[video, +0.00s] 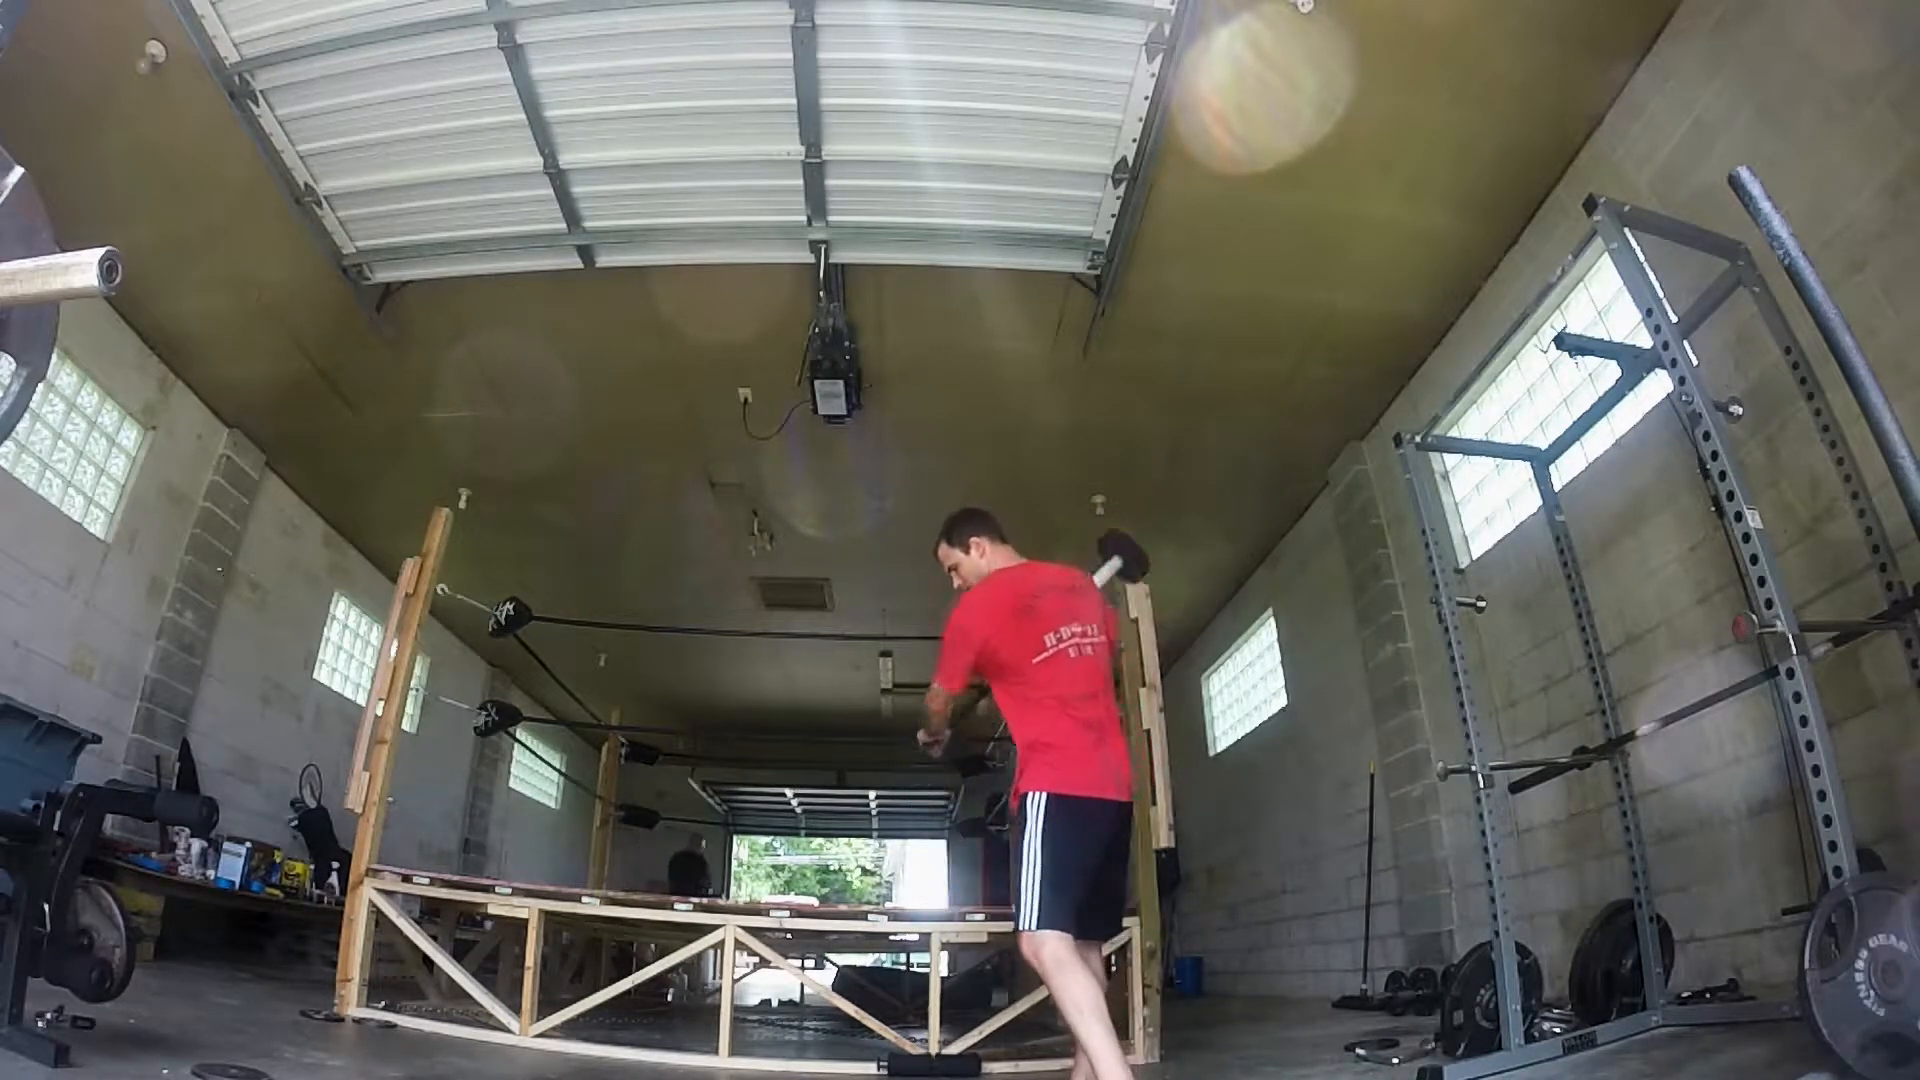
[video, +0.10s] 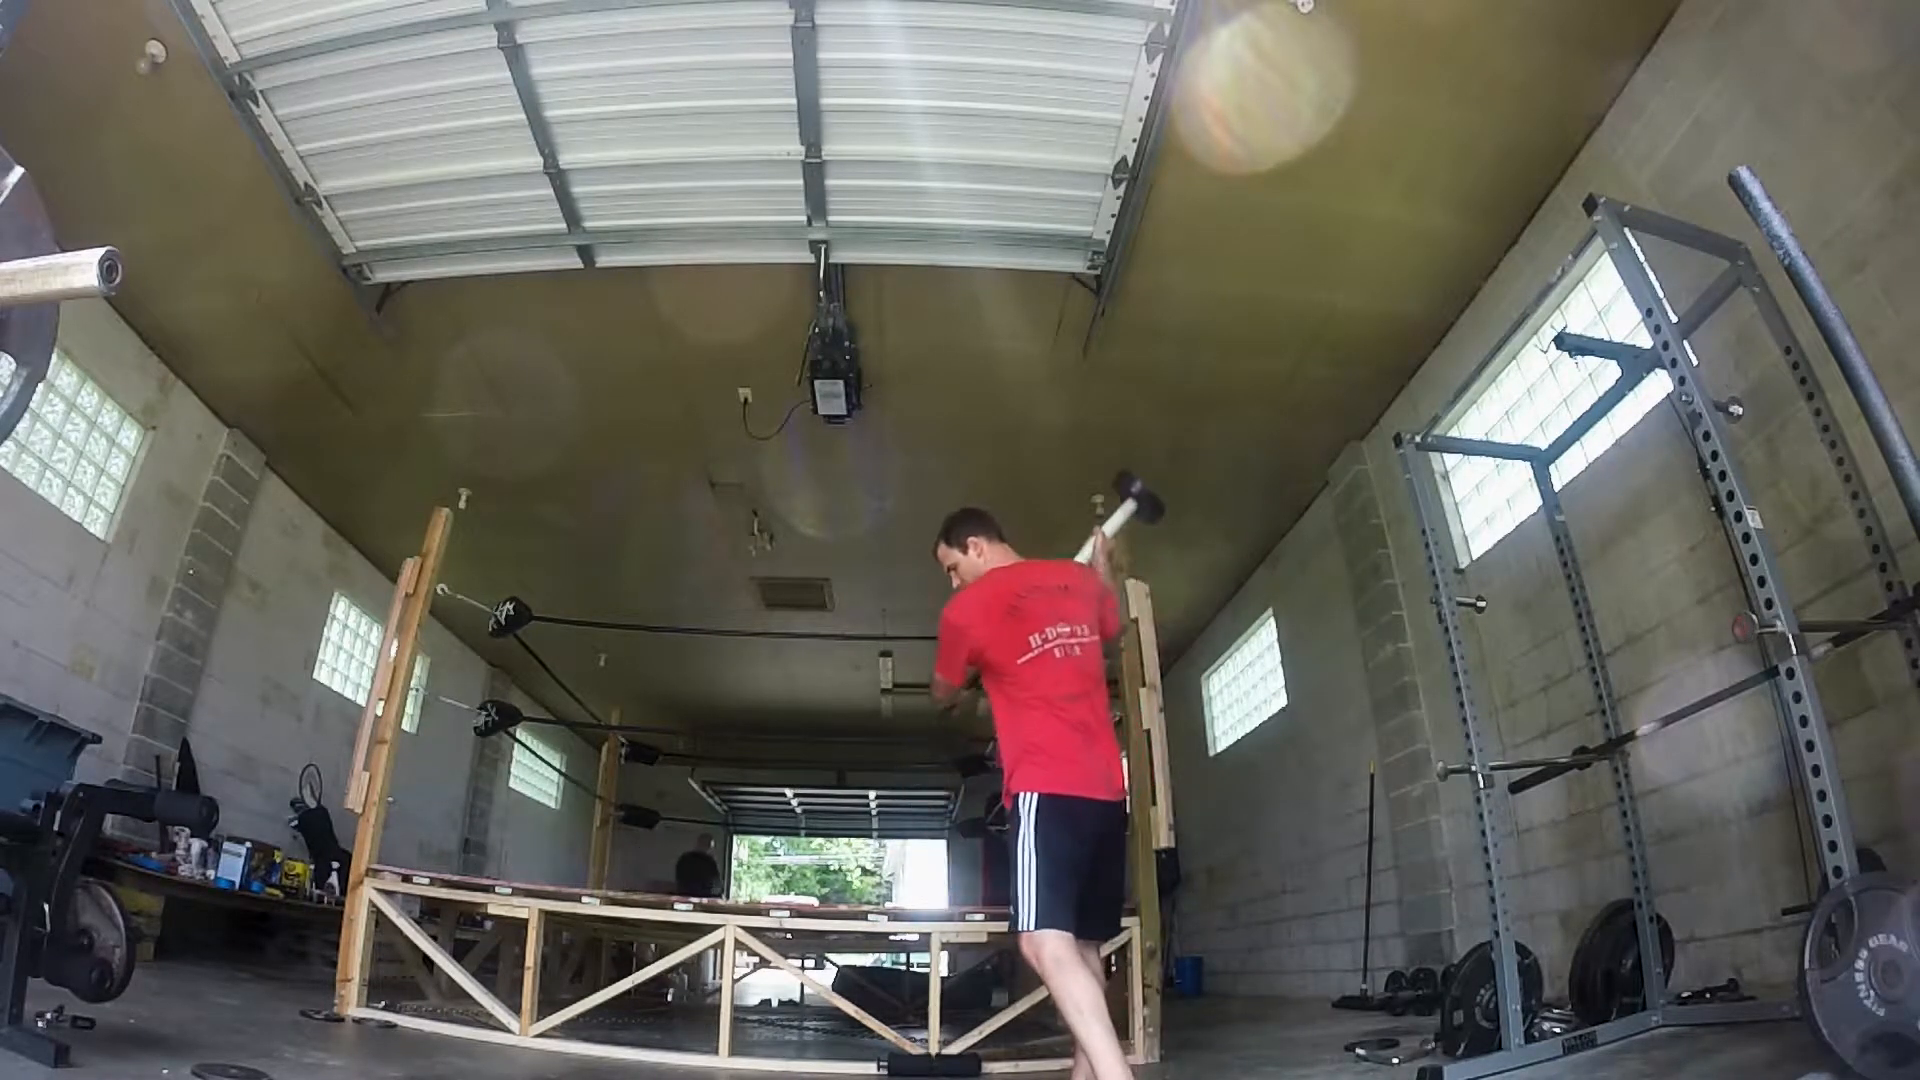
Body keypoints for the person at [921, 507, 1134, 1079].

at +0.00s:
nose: (956, 584)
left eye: (953, 569)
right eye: (950, 574)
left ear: (977, 546)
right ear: (998, 542)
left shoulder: (978, 604)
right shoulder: (1082, 583)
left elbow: (941, 701)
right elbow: (1111, 661)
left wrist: (934, 732)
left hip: (1056, 784)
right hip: (1112, 785)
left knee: (1044, 940)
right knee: (1086, 942)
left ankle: (1116, 1074)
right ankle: (1086, 1071)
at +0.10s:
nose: (955, 583)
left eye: (951, 569)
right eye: (948, 572)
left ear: (975, 547)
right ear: (997, 542)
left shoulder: (968, 606)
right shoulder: (1078, 575)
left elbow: (944, 692)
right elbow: (1112, 627)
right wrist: (1102, 567)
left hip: (1047, 783)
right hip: (1106, 784)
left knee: (1045, 941)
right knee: (1086, 943)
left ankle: (1117, 1074)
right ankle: (1085, 1073)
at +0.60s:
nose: (958, 578)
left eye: (955, 567)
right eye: (955, 570)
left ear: (969, 552)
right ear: (1003, 542)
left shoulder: (963, 609)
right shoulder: (1072, 571)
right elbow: (1129, 530)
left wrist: (1029, 580)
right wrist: (1106, 460)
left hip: (1037, 781)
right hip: (1098, 775)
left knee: (1044, 935)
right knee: (1079, 936)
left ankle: (1117, 1074)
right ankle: (1082, 1071)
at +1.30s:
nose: (945, 588)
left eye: (943, 576)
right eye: (939, 580)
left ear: (967, 552)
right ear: (982, 549)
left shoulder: (963, 604)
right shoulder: (1061, 585)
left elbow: (930, 691)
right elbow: (1092, 606)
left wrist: (951, 623)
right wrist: (1093, 550)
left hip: (1051, 772)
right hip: (1096, 771)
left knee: (1057, 927)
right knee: (1072, 932)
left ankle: (1119, 1073)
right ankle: (1085, 1072)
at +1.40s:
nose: (945, 587)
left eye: (943, 573)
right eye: (938, 580)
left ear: (970, 548)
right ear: (982, 550)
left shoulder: (968, 600)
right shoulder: (1059, 584)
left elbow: (935, 704)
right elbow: (1090, 642)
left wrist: (961, 702)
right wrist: (1084, 596)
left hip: (1057, 769)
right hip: (1098, 768)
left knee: (1061, 927)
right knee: (1074, 932)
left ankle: (1122, 1074)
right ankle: (1085, 1073)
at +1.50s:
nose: (947, 588)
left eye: (945, 573)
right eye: (940, 581)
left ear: (972, 547)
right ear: (980, 551)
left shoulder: (981, 595)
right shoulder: (1052, 585)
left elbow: (954, 710)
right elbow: (1078, 675)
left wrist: (944, 740)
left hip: (1068, 768)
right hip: (1101, 765)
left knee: (1068, 931)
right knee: (1074, 934)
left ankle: (1124, 1074)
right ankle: (1086, 1073)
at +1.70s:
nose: (952, 588)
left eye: (951, 572)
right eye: (944, 581)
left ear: (980, 549)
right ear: (969, 564)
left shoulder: (1022, 583)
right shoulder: (1029, 591)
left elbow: (1027, 694)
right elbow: (1066, 701)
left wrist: (980, 770)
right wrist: (1022, 762)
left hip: (1103, 768)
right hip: (1087, 772)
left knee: (1081, 930)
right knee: (1068, 933)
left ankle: (1128, 1075)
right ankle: (1087, 1071)